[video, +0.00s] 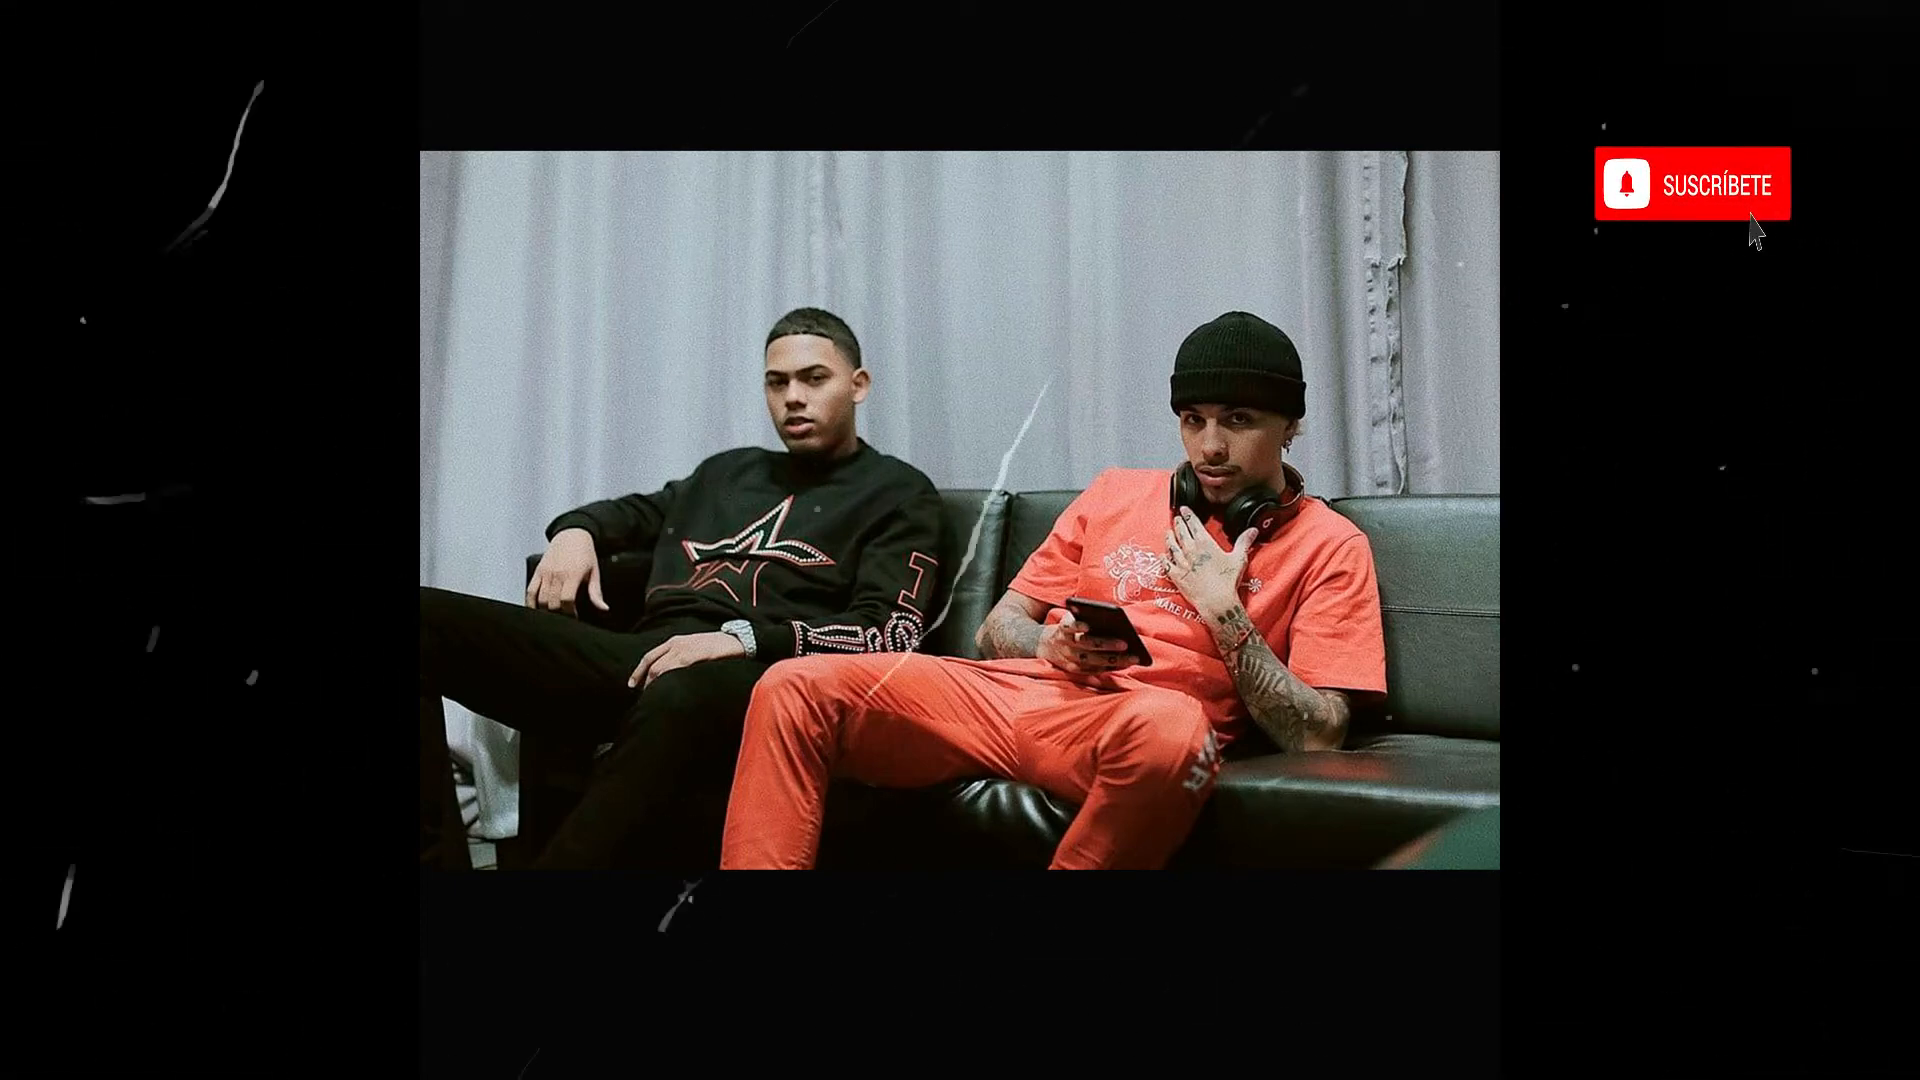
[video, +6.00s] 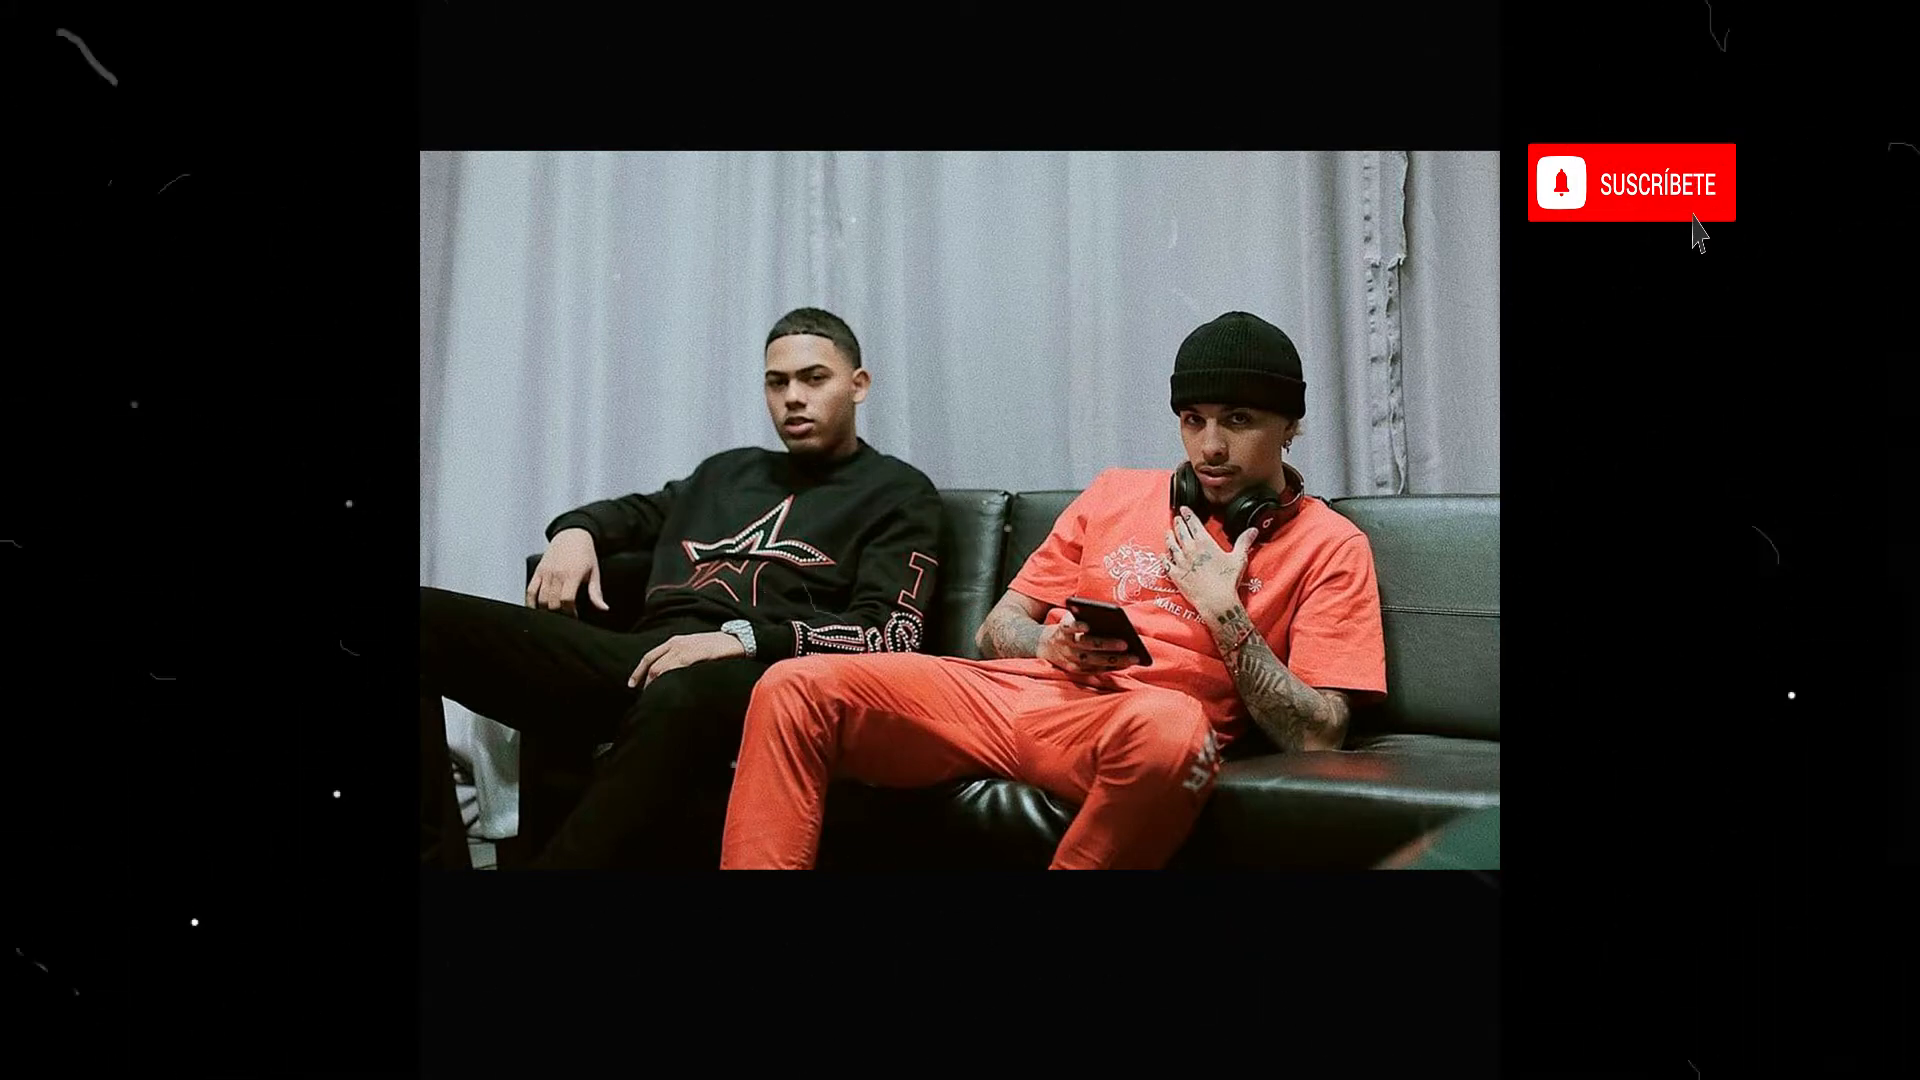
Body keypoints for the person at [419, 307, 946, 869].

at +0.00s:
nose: (793, 399)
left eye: (814, 379)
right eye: (779, 382)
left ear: (859, 385)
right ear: (765, 390)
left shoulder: (900, 494)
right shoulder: (728, 472)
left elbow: (892, 636)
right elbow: (642, 515)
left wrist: (744, 639)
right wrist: (575, 530)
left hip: (770, 681)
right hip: (636, 653)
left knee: (680, 702)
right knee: (426, 617)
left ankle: (561, 873)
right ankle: (441, 857)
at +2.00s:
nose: (793, 399)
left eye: (813, 379)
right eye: (779, 382)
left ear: (859, 385)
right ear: (765, 391)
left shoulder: (900, 493)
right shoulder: (728, 472)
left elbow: (894, 634)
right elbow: (640, 515)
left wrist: (742, 639)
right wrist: (574, 530)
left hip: (769, 681)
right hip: (637, 653)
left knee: (682, 699)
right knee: (425, 617)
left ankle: (562, 871)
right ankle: (440, 856)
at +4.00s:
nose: (793, 399)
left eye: (814, 378)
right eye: (779, 382)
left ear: (859, 385)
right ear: (765, 390)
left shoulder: (900, 494)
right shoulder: (727, 472)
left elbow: (893, 635)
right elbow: (643, 516)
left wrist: (743, 639)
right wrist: (575, 530)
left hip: (771, 681)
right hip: (637, 654)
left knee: (682, 701)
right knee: (424, 617)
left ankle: (561, 870)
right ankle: (440, 857)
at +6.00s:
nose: (793, 399)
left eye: (814, 378)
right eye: (779, 382)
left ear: (859, 385)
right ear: (765, 390)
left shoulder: (899, 494)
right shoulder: (728, 471)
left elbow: (893, 635)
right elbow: (642, 515)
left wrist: (742, 639)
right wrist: (575, 530)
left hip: (770, 681)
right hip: (637, 653)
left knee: (682, 701)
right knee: (424, 617)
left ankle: (562, 871)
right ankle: (441, 856)